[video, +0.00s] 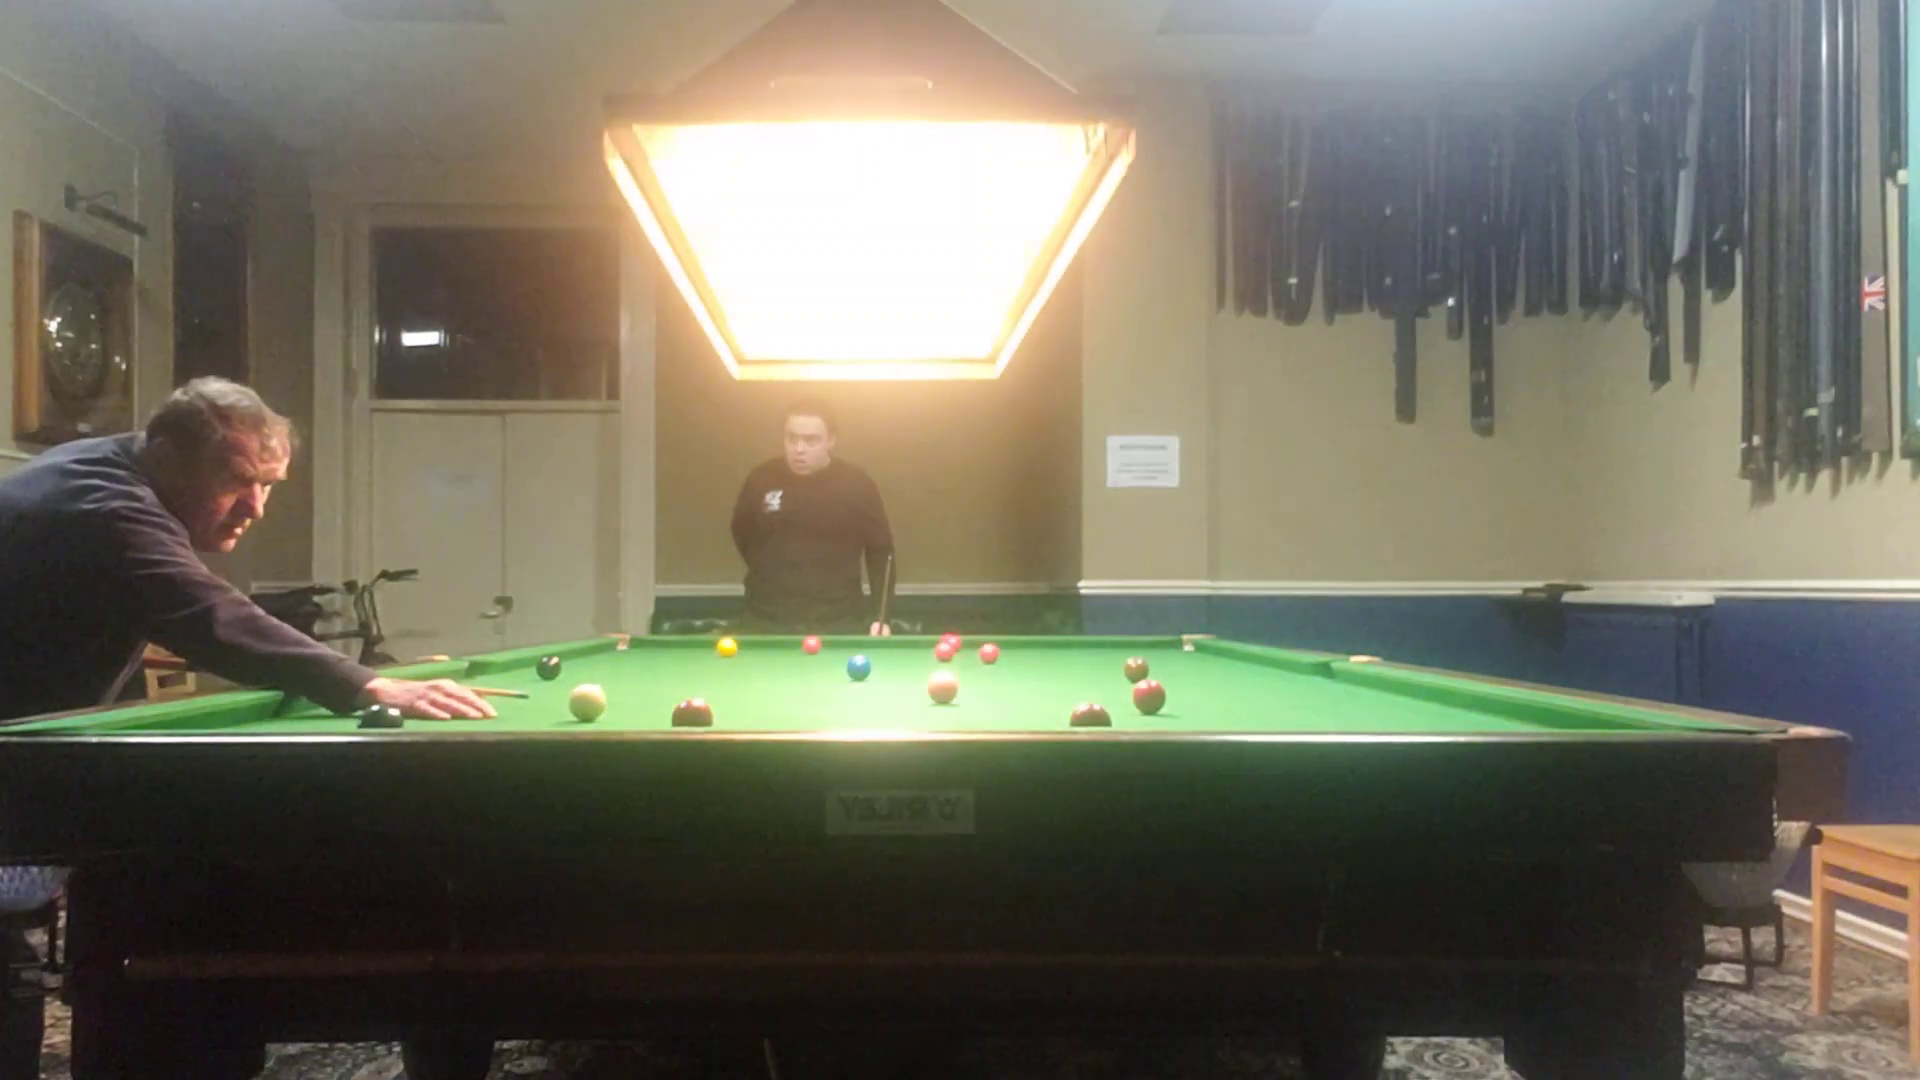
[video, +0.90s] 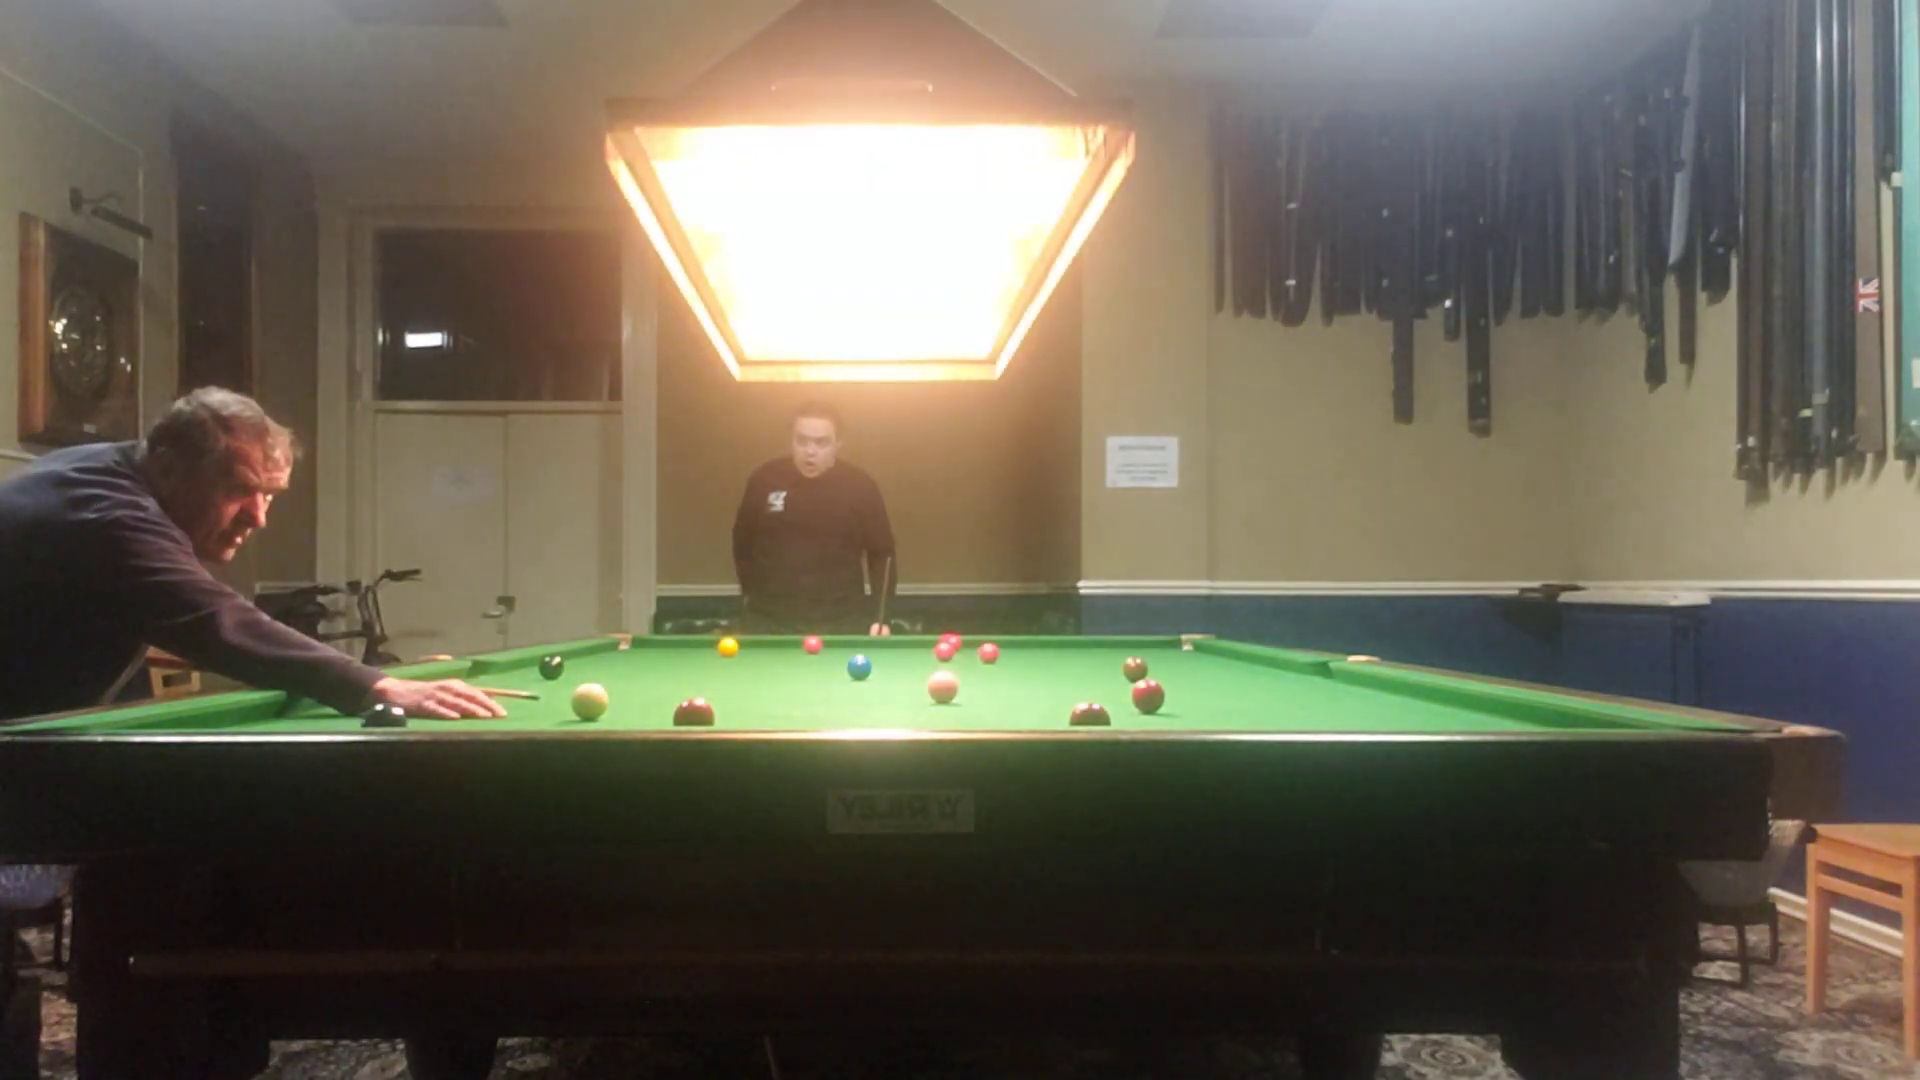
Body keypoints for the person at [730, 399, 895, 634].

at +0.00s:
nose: (799, 449)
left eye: (811, 440)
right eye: (792, 439)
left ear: (831, 441)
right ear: (783, 439)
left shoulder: (858, 485)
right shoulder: (762, 479)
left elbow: (881, 551)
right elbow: (742, 531)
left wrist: (881, 617)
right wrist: (769, 576)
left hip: (838, 622)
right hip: (766, 620)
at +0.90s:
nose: (810, 452)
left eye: (821, 443)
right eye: (802, 441)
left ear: (837, 445)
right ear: (791, 441)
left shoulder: (859, 485)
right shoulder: (765, 480)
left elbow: (882, 553)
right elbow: (743, 541)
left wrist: (882, 618)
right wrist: (754, 595)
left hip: (842, 625)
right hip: (771, 624)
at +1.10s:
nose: (814, 454)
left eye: (825, 444)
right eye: (806, 443)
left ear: (841, 446)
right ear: (795, 442)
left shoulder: (862, 488)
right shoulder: (767, 481)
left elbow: (883, 555)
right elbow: (739, 540)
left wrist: (881, 618)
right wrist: (722, 596)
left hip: (841, 618)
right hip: (770, 617)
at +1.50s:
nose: (815, 453)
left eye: (826, 444)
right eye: (807, 442)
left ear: (842, 444)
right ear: (795, 440)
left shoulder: (861, 489)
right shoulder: (768, 482)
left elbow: (889, 545)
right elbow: (737, 540)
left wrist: (884, 582)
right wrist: (727, 594)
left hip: (843, 624)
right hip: (772, 623)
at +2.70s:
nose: (814, 442)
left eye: (825, 434)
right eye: (806, 433)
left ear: (842, 441)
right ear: (795, 436)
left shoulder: (861, 488)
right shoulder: (769, 482)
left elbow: (902, 548)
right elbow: (740, 546)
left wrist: (891, 549)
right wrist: (726, 600)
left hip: (843, 624)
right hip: (774, 623)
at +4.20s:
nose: (781, 434)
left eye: (792, 426)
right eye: (773, 425)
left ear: (807, 436)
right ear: (762, 432)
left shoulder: (832, 480)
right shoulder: (739, 483)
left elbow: (867, 546)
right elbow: (716, 551)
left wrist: (860, 537)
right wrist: (710, 609)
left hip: (819, 626)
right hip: (748, 627)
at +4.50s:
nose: (753, 431)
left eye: (765, 424)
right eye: (746, 422)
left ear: (781, 433)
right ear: (735, 429)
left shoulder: (808, 482)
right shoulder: (711, 483)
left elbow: (836, 552)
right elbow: (687, 550)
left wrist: (839, 539)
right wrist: (681, 608)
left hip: (792, 627)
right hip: (723, 626)